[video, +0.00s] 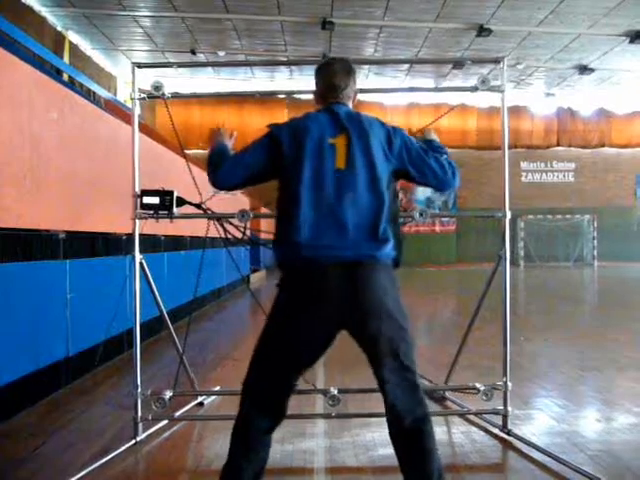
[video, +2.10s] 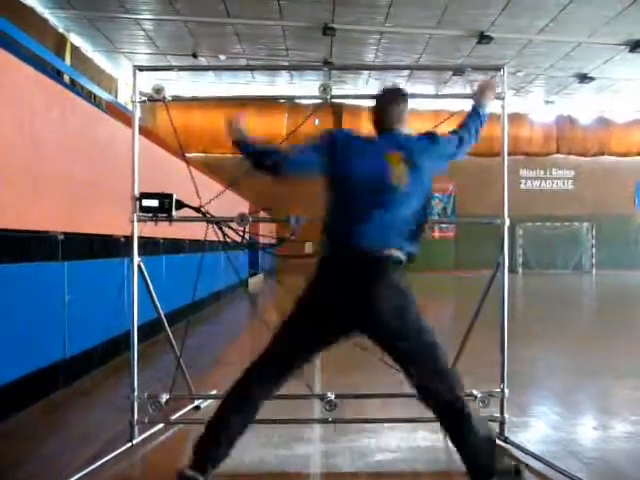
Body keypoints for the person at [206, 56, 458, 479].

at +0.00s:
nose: (334, 94)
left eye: (321, 87)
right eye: (350, 89)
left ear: (315, 91)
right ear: (354, 93)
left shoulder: (290, 135)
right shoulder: (381, 135)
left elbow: (223, 176)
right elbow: (444, 177)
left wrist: (219, 146)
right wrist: (429, 142)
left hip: (308, 285)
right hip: (371, 284)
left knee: (263, 395)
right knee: (402, 388)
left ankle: (240, 475)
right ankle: (427, 475)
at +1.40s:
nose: (306, 109)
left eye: (295, 100)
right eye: (315, 101)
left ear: (282, 107)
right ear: (319, 109)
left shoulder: (256, 158)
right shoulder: (345, 154)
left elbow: (200, 173)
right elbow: (403, 195)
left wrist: (193, 146)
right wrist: (397, 166)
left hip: (282, 301)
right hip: (343, 301)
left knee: (220, 379)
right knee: (387, 397)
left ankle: (196, 472)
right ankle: (423, 474)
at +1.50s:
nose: (276, 119)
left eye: (264, 114)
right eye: (276, 115)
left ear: (241, 121)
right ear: (276, 122)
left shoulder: (222, 159)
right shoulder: (296, 166)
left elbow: (190, 141)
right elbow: (343, 221)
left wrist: (165, 110)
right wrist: (374, 202)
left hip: (254, 296)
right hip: (306, 294)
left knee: (196, 392)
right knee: (368, 389)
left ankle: (150, 471)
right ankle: (417, 471)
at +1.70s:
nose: (284, 147)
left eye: (283, 139)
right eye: (281, 140)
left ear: (242, 145)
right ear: (272, 144)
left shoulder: (210, 187)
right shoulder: (289, 188)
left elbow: (169, 194)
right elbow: (312, 247)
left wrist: (162, 159)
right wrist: (365, 231)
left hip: (229, 314)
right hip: (282, 316)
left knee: (171, 395)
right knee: (347, 400)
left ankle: (141, 472)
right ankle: (377, 472)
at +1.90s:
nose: (337, 121)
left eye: (336, 114)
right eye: (336, 114)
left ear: (295, 114)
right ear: (329, 116)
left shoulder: (266, 150)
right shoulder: (344, 152)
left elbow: (228, 141)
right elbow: (398, 193)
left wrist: (266, 120)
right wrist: (400, 161)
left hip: (287, 287)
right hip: (336, 286)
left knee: (240, 374)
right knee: (370, 358)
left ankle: (233, 472)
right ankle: (358, 461)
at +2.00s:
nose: (365, 110)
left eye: (361, 103)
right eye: (364, 104)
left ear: (325, 105)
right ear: (360, 106)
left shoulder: (293, 135)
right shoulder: (369, 145)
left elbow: (242, 116)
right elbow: (436, 175)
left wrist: (257, 81)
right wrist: (438, 148)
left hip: (298, 278)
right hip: (351, 279)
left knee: (264, 373)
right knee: (415, 358)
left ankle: (235, 469)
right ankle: (423, 448)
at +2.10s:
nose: (399, 113)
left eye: (393, 106)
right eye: (402, 108)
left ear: (373, 115)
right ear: (407, 117)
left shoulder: (343, 145)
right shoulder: (424, 151)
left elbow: (285, 163)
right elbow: (463, 140)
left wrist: (245, 144)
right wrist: (481, 104)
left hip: (331, 282)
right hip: (383, 286)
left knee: (267, 371)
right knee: (440, 387)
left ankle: (199, 464)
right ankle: (489, 469)